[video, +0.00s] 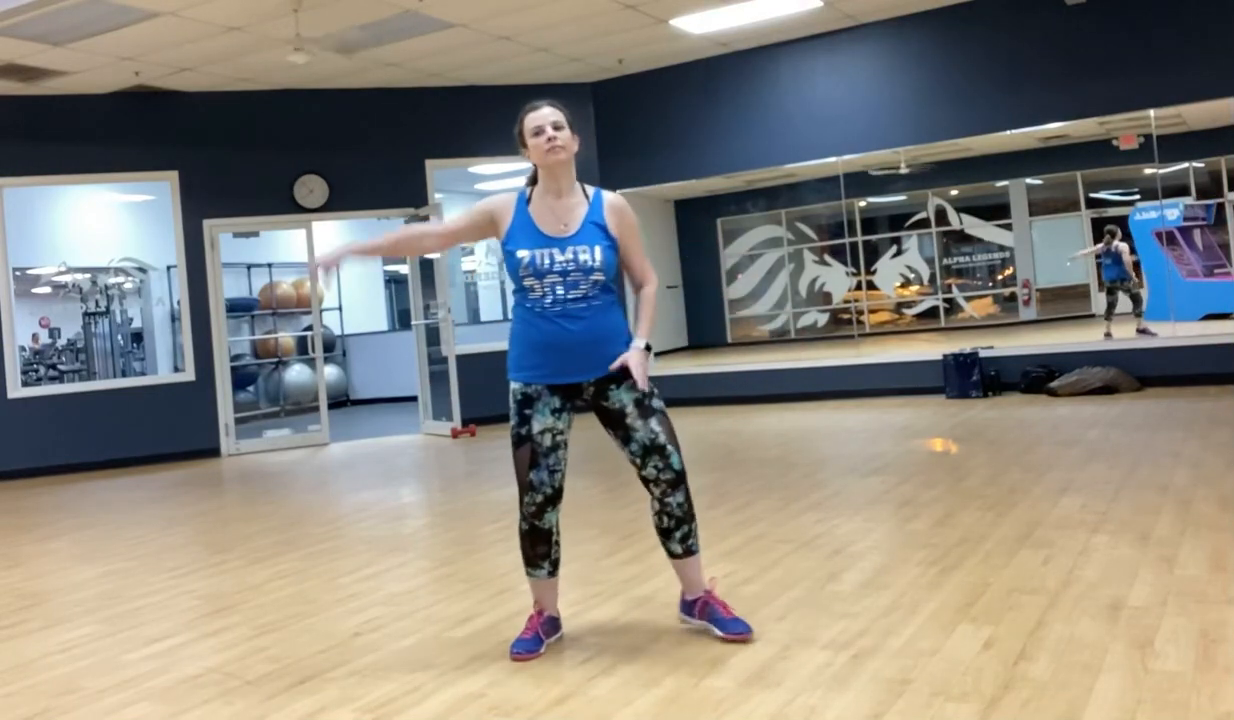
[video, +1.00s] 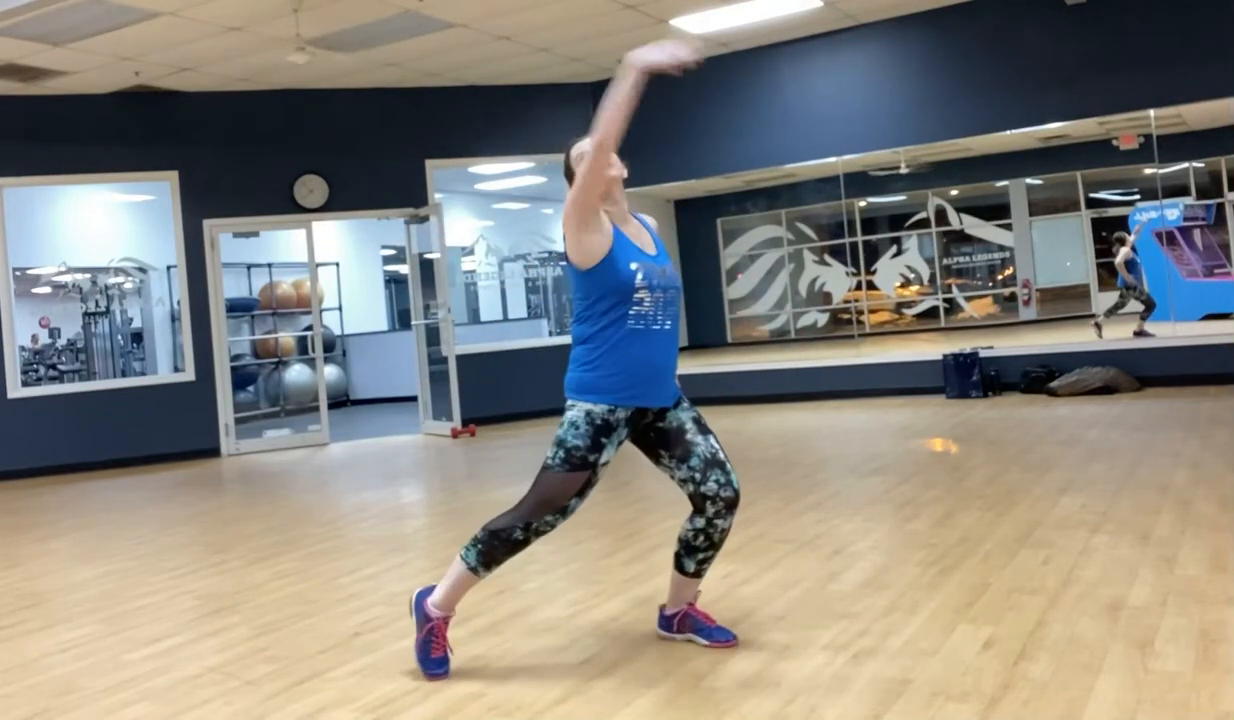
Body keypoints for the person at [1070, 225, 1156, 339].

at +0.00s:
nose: (1121, 234)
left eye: (1119, 232)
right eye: (1119, 232)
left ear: (1107, 235)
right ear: (1117, 234)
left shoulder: (1103, 246)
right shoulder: (1122, 246)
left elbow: (1090, 251)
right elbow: (1127, 262)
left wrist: (1076, 256)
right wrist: (1133, 276)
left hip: (1109, 280)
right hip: (1123, 279)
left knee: (1111, 304)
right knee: (1137, 299)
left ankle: (1107, 330)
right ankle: (1140, 325)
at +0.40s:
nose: (1129, 234)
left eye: (1128, 232)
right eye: (1127, 233)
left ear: (1117, 237)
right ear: (1124, 236)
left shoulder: (1116, 247)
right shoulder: (1129, 245)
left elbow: (1103, 256)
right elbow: (1128, 259)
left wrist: (1090, 260)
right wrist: (1133, 276)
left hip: (1118, 280)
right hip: (1128, 280)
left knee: (1119, 302)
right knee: (1145, 302)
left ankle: (1101, 322)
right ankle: (1139, 328)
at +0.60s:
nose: (1131, 236)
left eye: (1129, 235)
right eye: (1129, 235)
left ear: (1120, 240)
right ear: (1126, 238)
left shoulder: (1121, 249)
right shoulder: (1127, 248)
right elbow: (1120, 261)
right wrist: (1128, 276)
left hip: (1121, 284)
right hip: (1129, 283)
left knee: (1118, 303)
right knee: (1149, 303)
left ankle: (1098, 323)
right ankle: (1139, 328)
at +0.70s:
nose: (1130, 237)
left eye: (1129, 235)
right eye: (1128, 236)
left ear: (1119, 241)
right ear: (1126, 239)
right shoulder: (1126, 249)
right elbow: (1120, 262)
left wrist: (1163, 257)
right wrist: (1128, 277)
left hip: (1122, 284)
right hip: (1129, 284)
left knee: (1117, 304)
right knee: (1149, 304)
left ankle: (1097, 323)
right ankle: (1139, 328)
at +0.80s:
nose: (1130, 237)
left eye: (1128, 236)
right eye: (1127, 236)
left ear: (1120, 241)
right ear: (1125, 239)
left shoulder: (1129, 250)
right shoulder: (1125, 249)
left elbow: (1146, 249)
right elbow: (1119, 262)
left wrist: (1164, 247)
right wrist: (1128, 278)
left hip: (1124, 284)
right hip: (1129, 284)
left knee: (1117, 304)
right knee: (1150, 304)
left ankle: (1097, 323)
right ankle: (1139, 328)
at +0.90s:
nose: (1129, 237)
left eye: (1128, 235)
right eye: (1127, 235)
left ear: (1120, 241)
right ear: (1124, 239)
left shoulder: (1130, 248)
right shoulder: (1125, 249)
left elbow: (1143, 240)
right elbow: (1118, 262)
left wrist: (1155, 234)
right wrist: (1128, 277)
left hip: (1124, 284)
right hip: (1130, 284)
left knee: (1119, 303)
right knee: (1150, 304)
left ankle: (1098, 322)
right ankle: (1139, 328)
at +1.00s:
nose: (1129, 238)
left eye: (1128, 236)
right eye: (1127, 237)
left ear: (1119, 242)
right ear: (1125, 239)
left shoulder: (1127, 248)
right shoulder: (1125, 249)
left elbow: (1134, 235)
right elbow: (1118, 262)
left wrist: (1141, 224)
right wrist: (1127, 277)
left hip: (1127, 285)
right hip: (1131, 285)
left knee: (1120, 304)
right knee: (1151, 304)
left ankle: (1099, 321)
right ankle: (1140, 328)